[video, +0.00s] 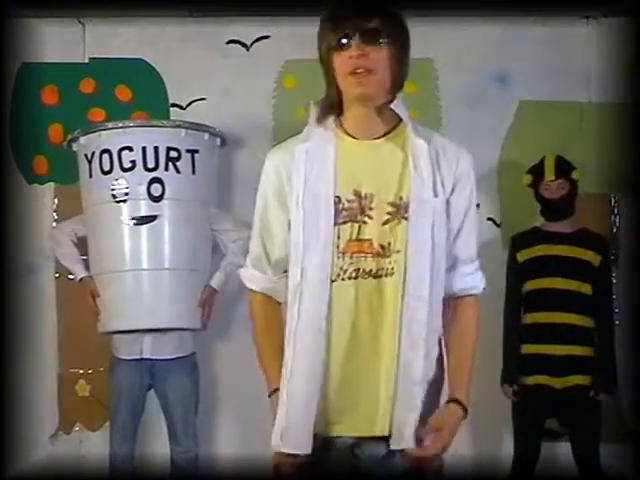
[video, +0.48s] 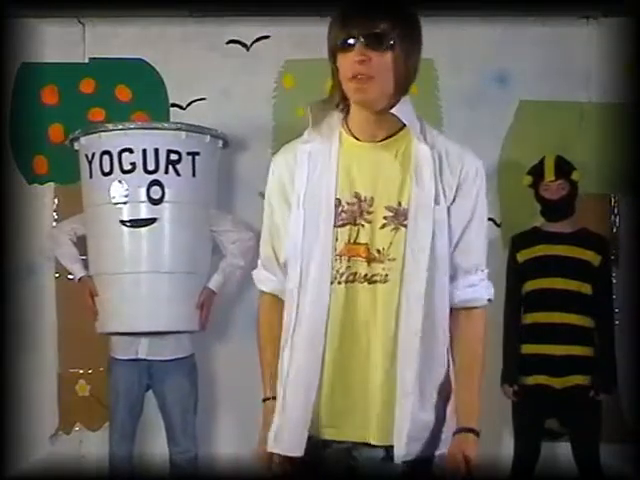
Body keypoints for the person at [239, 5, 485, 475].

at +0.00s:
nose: (357, 54)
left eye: (374, 39)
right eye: (342, 42)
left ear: (400, 54)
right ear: (327, 60)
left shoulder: (448, 164)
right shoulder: (287, 163)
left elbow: (462, 291)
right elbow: (264, 285)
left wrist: (457, 401)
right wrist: (279, 394)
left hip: (408, 425)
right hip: (311, 422)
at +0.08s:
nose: (356, 53)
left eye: (375, 39)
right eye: (343, 41)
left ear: (403, 55)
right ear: (328, 58)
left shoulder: (451, 163)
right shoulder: (288, 162)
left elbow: (464, 293)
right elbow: (266, 285)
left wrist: (456, 411)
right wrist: (280, 393)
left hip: (410, 429)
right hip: (310, 425)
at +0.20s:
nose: (358, 60)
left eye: (378, 46)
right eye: (347, 45)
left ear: (407, 60)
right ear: (332, 58)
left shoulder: (452, 169)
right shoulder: (292, 166)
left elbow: (463, 305)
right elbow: (277, 299)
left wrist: (461, 432)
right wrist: (280, 422)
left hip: (409, 436)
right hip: (312, 430)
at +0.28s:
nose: (359, 58)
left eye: (378, 44)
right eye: (347, 44)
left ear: (408, 59)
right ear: (332, 58)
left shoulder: (454, 169)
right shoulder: (292, 165)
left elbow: (466, 302)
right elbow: (277, 296)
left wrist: (464, 427)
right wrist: (277, 416)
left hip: (409, 437)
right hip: (310, 430)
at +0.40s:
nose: (360, 57)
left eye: (380, 42)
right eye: (347, 43)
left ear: (409, 57)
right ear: (333, 58)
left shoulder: (455, 169)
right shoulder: (293, 165)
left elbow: (469, 302)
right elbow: (273, 292)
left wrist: (467, 426)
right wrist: (272, 410)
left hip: (409, 437)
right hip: (308, 430)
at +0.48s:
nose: (360, 57)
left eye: (379, 42)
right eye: (347, 43)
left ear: (409, 56)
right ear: (333, 59)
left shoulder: (456, 169)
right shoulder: (293, 164)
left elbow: (470, 302)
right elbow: (273, 290)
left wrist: (466, 428)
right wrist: (272, 406)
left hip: (410, 436)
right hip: (310, 428)